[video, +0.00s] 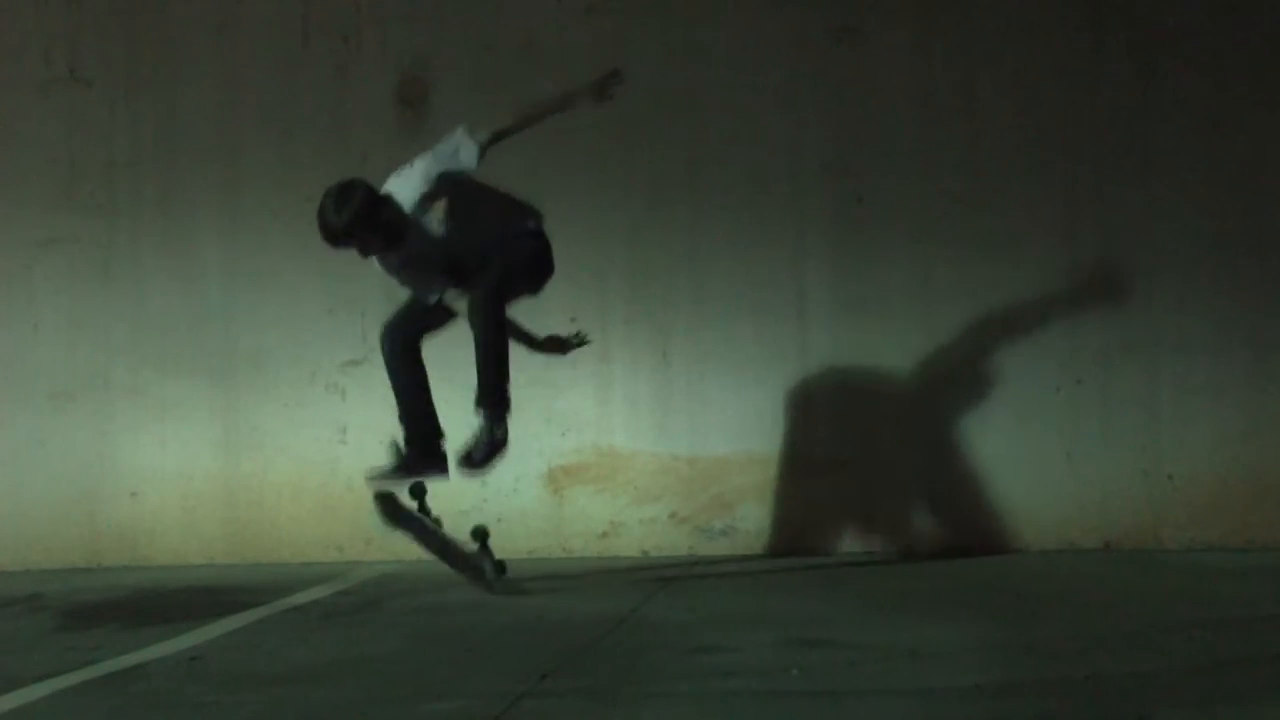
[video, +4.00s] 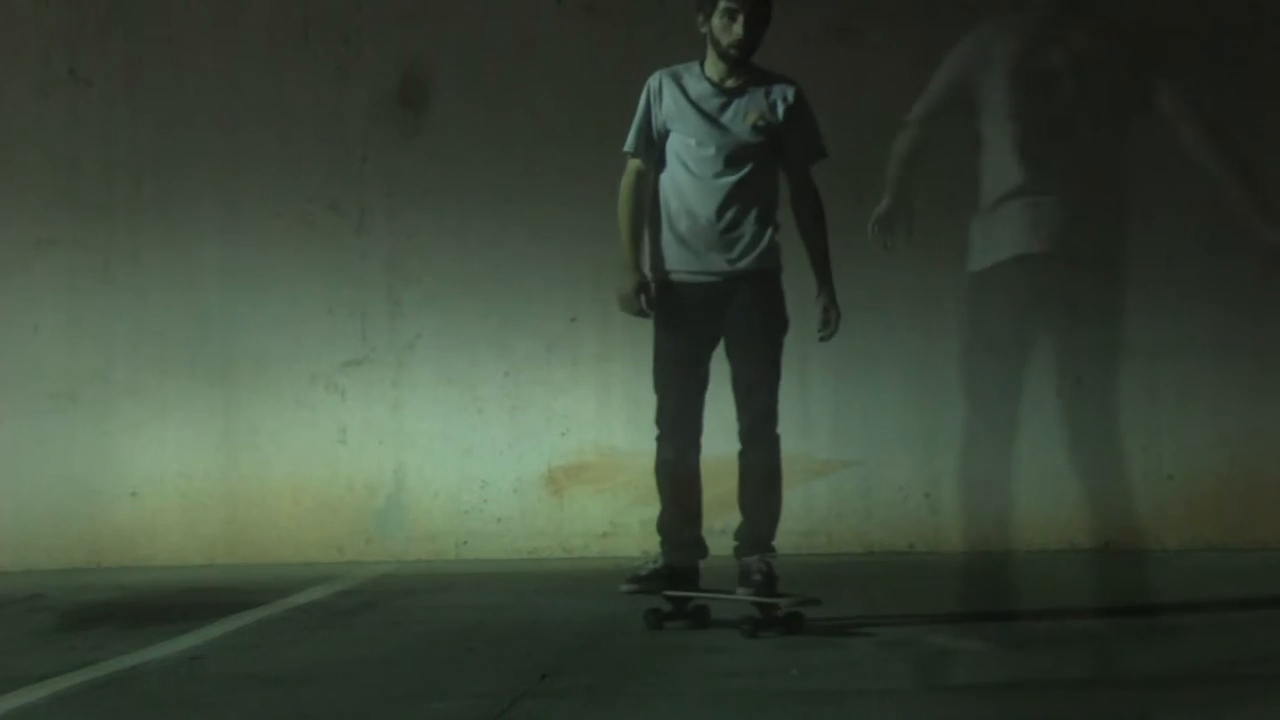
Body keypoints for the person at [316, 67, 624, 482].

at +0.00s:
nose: (364, 251)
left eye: (361, 239)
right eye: (356, 246)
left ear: (374, 218)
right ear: (358, 242)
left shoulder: (420, 179)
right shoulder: (393, 260)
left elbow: (497, 134)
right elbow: (457, 296)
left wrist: (583, 96)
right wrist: (534, 342)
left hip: (522, 247)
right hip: (471, 274)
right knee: (397, 335)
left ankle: (493, 426)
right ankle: (424, 451)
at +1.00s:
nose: (330, 245)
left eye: (330, 237)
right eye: (325, 240)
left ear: (349, 219)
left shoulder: (411, 199)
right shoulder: (341, 235)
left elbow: (495, 229)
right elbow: (348, 281)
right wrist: (341, 355)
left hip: (468, 288)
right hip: (412, 296)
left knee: (477, 396)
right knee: (384, 399)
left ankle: (488, 505)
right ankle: (370, 513)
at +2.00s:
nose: (451, 162)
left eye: (461, 152)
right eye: (442, 151)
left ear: (477, 140)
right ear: (427, 137)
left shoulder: (497, 162)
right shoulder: (397, 156)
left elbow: (560, 203)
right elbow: (361, 206)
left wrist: (625, 256)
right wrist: (345, 285)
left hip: (467, 292)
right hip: (405, 288)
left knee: (452, 395)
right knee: (370, 389)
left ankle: (463, 506)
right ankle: (369, 476)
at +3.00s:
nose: (535, 168)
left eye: (543, 155)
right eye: (524, 157)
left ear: (562, 144)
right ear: (511, 150)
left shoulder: (601, 174)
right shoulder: (502, 174)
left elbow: (644, 251)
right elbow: (473, 239)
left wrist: (647, 334)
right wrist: (439, 310)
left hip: (607, 313)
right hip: (549, 316)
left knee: (587, 417)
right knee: (531, 426)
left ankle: (607, 544)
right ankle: (549, 543)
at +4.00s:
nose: (742, 29)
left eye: (752, 18)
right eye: (730, 16)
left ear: (762, 23)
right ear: (705, 21)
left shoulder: (781, 98)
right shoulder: (663, 89)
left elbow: (804, 192)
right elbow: (635, 178)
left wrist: (824, 284)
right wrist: (632, 268)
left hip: (754, 284)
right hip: (680, 285)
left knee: (758, 425)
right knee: (675, 427)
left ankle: (757, 556)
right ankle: (679, 559)